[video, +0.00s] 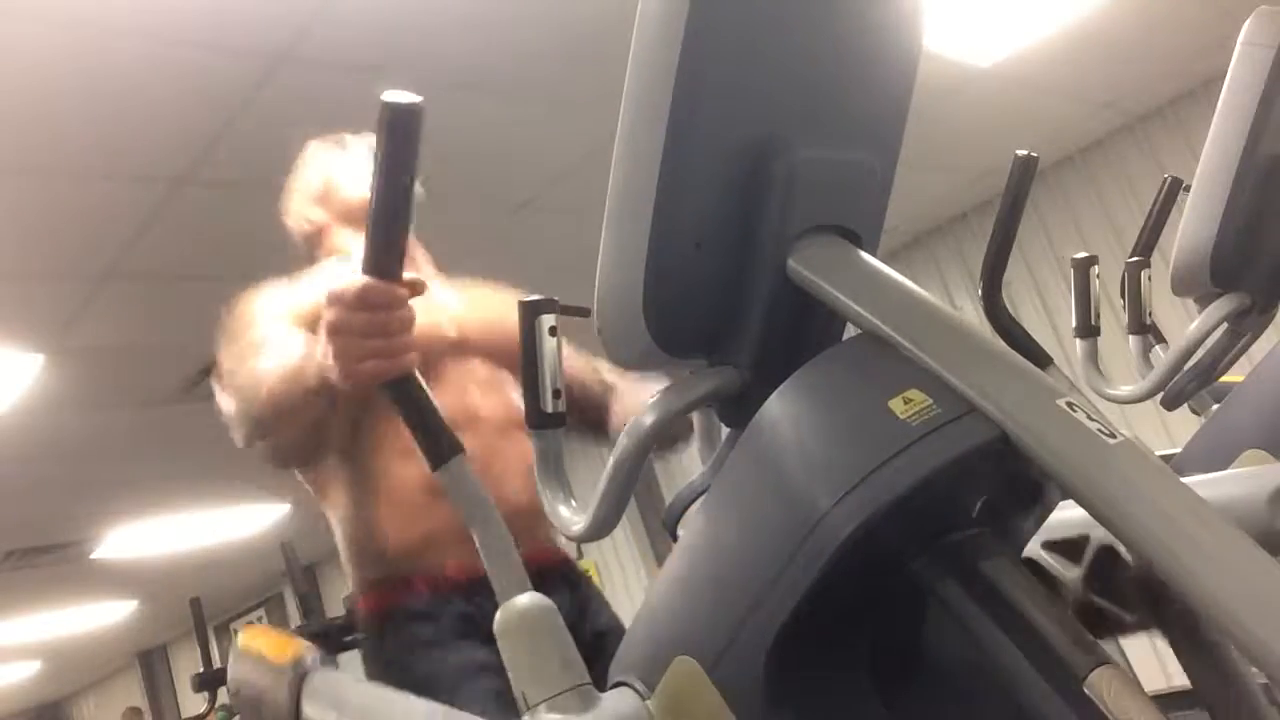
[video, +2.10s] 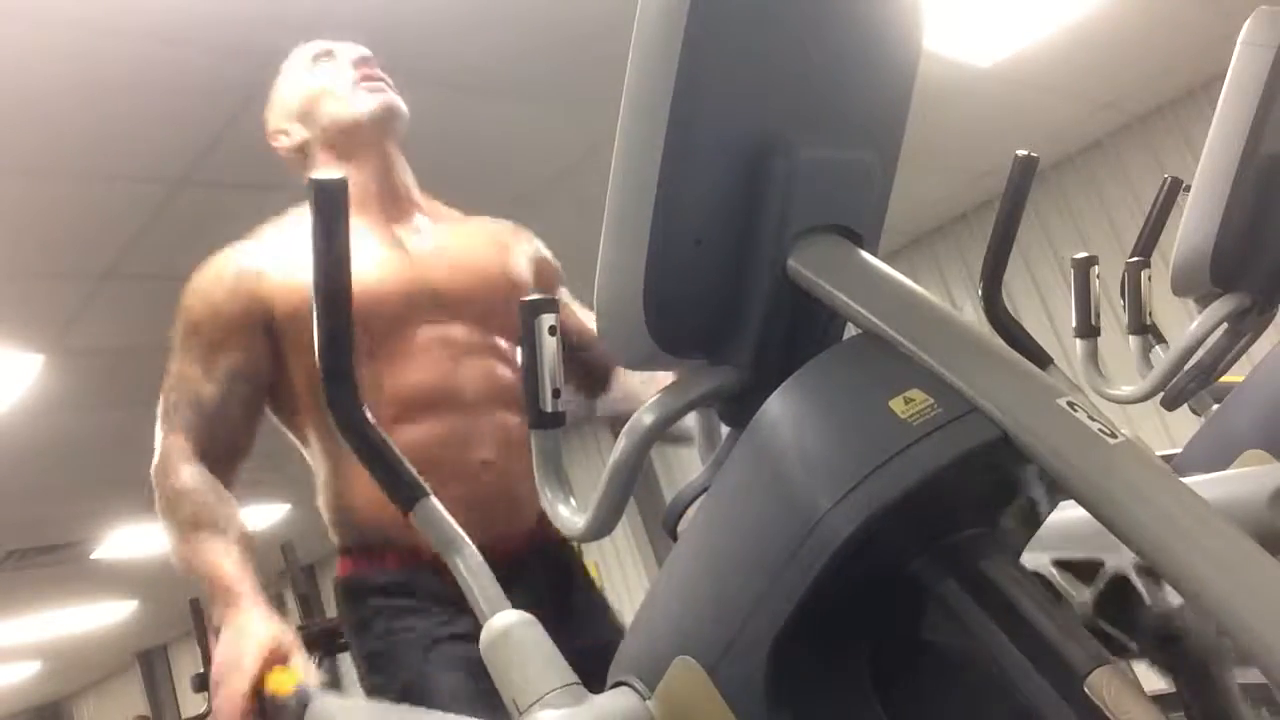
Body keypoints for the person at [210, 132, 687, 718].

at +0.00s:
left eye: (388, 184)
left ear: (406, 192)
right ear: (308, 217)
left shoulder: (479, 300)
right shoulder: (278, 309)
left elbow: (593, 385)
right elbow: (260, 419)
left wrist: (648, 406)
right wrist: (325, 367)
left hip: (556, 589)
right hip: (426, 620)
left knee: (654, 705)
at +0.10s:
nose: (383, 174)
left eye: (388, 171)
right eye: (358, 175)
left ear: (421, 207)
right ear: (325, 241)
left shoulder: (517, 333)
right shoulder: (293, 344)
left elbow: (638, 447)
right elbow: (283, 481)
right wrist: (341, 385)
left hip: (576, 623)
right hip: (441, 653)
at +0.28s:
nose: (328, 81)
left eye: (338, 80)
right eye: (294, 84)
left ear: (368, 125)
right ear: (259, 157)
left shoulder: (494, 243)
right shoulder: (234, 276)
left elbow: (619, 354)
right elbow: (214, 445)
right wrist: (295, 412)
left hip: (543, 555)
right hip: (405, 584)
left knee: (659, 706)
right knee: (466, 716)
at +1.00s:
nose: (401, 159)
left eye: (406, 155)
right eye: (366, 160)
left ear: (428, 193)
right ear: (323, 225)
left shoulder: (518, 338)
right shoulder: (279, 346)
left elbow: (633, 430)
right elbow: (246, 485)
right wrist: (321, 406)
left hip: (537, 649)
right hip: (399, 665)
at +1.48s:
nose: (343, 135)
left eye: (350, 128)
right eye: (307, 133)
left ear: (382, 175)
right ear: (263, 202)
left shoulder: (463, 320)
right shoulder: (231, 338)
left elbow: (596, 394)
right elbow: (167, 527)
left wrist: (732, 380)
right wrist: (294, 449)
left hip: (523, 636)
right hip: (382, 677)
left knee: (719, 672)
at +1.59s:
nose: (353, 83)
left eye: (364, 82)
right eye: (317, 82)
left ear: (391, 130)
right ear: (274, 154)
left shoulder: (477, 268)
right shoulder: (239, 276)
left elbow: (594, 380)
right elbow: (164, 450)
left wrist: (712, 378)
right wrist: (254, 544)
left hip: (525, 590)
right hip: (380, 622)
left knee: (697, 689)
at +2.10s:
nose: (364, 59)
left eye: (371, 57)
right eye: (323, 60)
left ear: (393, 108)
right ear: (284, 132)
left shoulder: (511, 247)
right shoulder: (249, 274)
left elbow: (599, 382)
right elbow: (185, 464)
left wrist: (715, 391)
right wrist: (239, 610)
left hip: (547, 571)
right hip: (405, 594)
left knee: (646, 709)